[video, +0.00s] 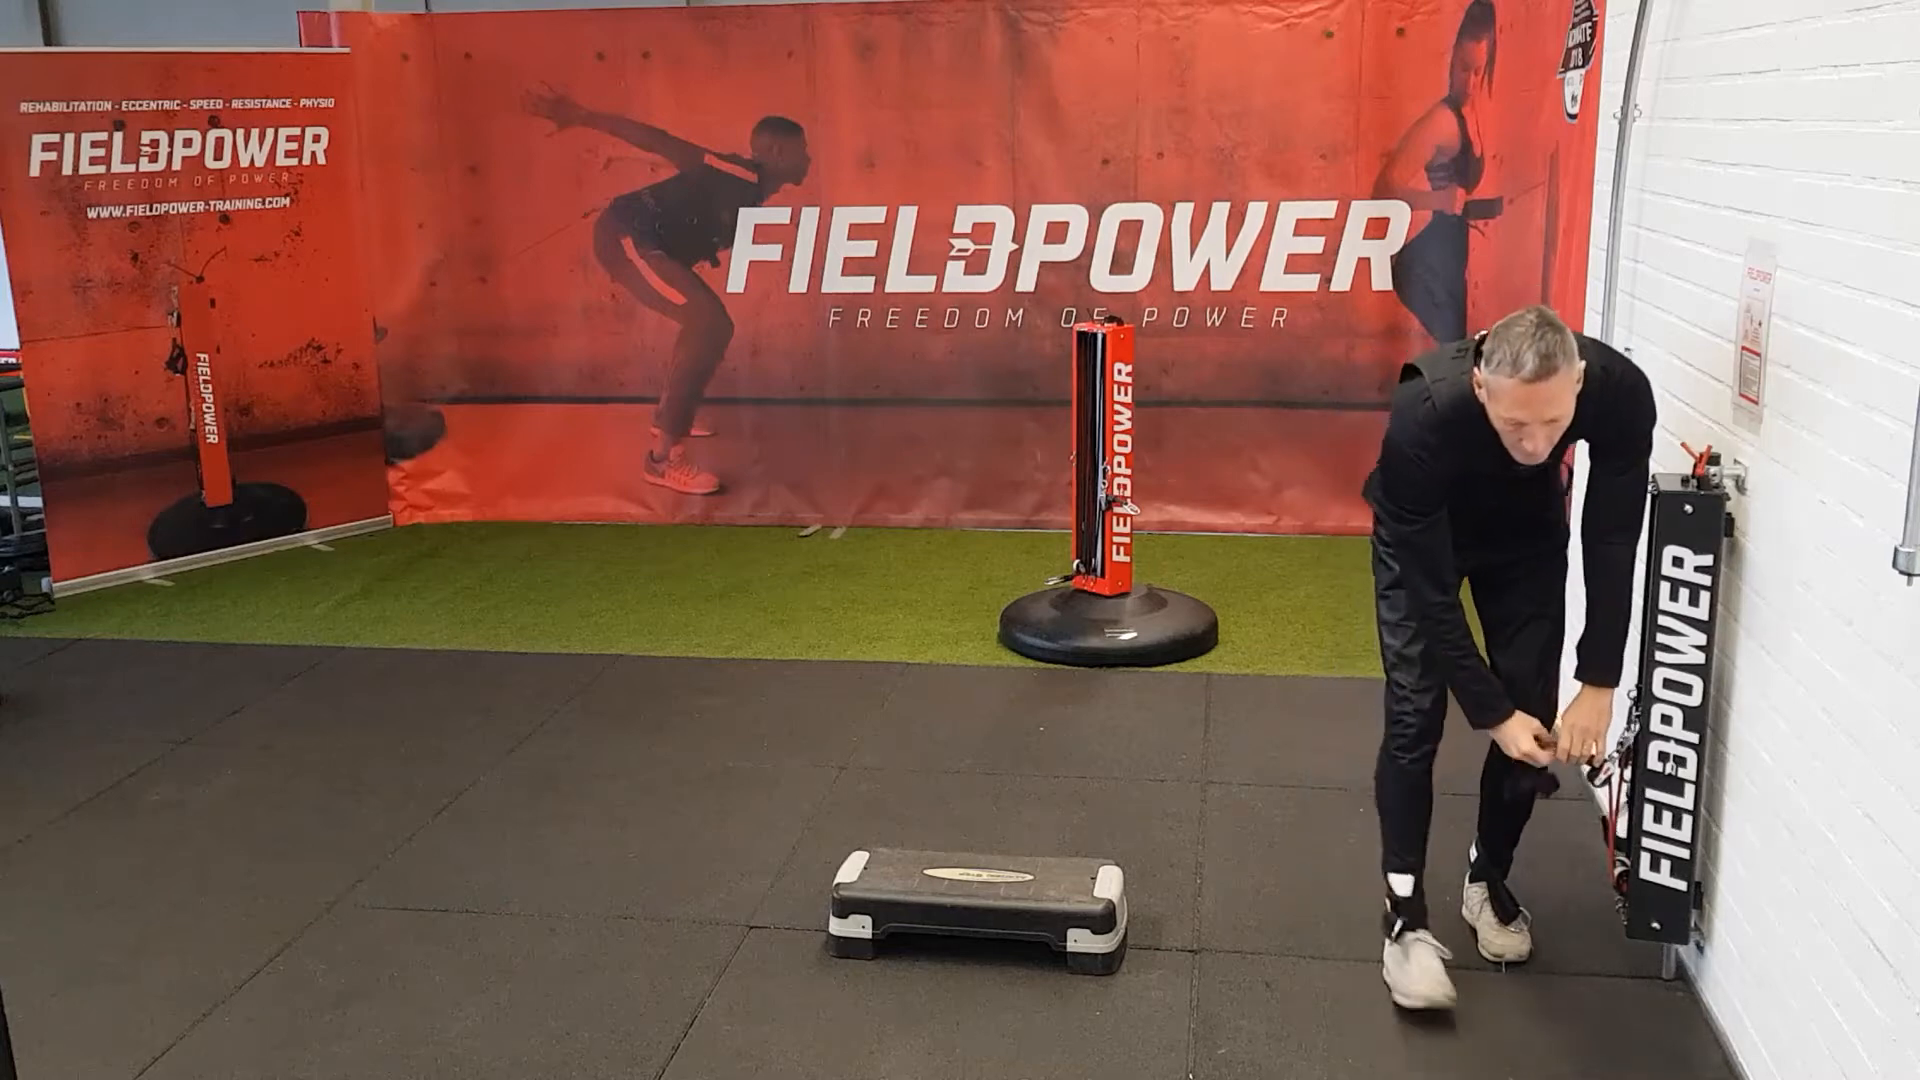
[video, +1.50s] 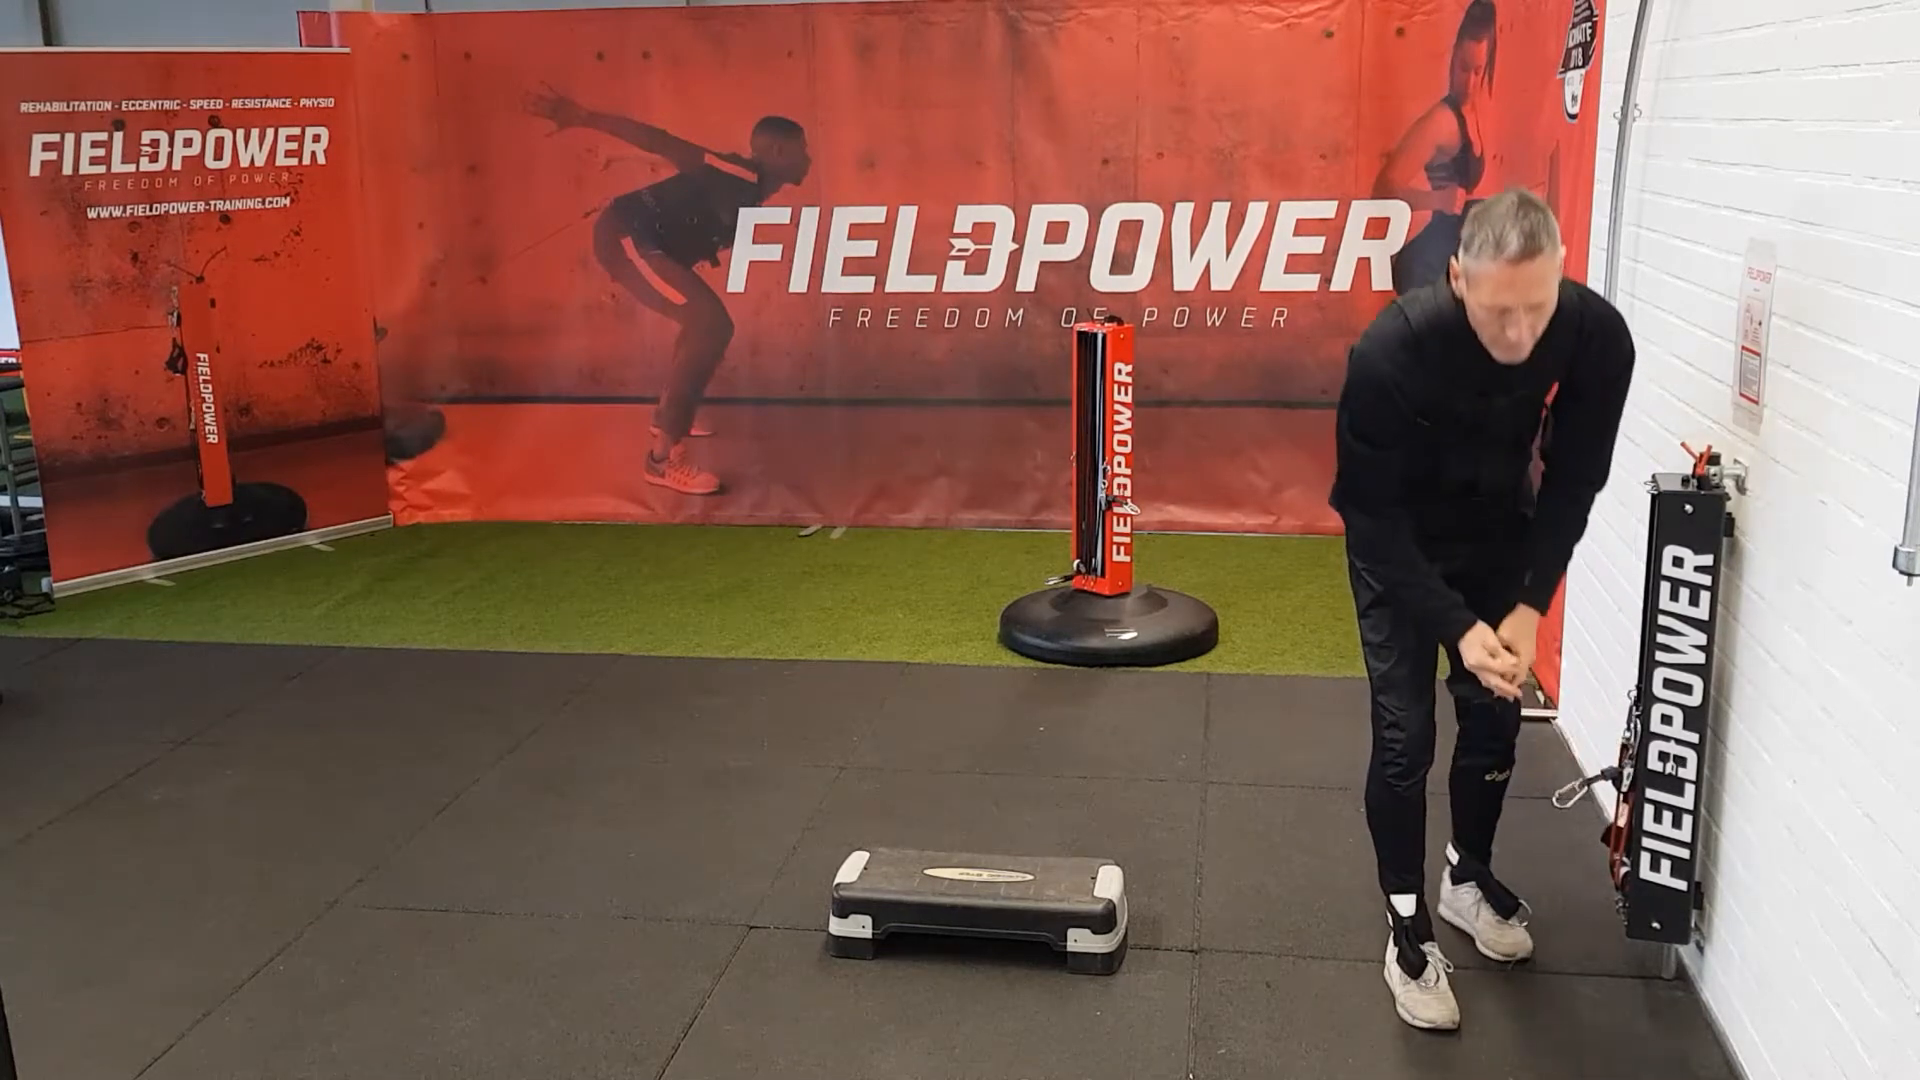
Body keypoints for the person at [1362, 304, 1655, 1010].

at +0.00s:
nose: (1535, 441)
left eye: (1552, 422)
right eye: (1517, 424)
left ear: (1576, 387)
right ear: (1481, 386)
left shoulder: (1617, 395)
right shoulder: (1426, 417)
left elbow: (1612, 542)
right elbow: (1431, 593)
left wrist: (1598, 685)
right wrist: (1498, 715)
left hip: (1524, 533)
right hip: (1423, 534)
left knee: (1530, 717)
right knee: (1416, 717)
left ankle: (1487, 884)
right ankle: (1407, 921)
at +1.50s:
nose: (1517, 331)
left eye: (1534, 310)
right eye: (1497, 311)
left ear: (1561, 277)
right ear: (1459, 280)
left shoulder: (1596, 337)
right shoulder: (1391, 356)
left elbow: (1573, 484)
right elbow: (1373, 518)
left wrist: (1532, 604)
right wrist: (1459, 627)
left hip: (1497, 542)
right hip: (1398, 543)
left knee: (1491, 724)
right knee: (1406, 739)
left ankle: (1468, 880)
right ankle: (1407, 935)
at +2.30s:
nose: (1521, 334)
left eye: (1537, 311)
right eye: (1502, 314)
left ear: (1555, 283)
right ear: (1449, 282)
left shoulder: (1577, 361)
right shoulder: (1364, 350)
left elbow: (1593, 531)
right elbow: (1296, 490)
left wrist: (1586, 692)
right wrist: (1341, 626)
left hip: (1486, 585)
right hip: (1375, 583)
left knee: (1474, 762)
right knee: (1387, 793)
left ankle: (1444, 887)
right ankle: (1388, 1007)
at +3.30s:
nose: (1620, 389)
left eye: (1628, 377)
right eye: (1619, 374)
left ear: (1575, 339)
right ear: (1566, 343)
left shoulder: (1576, 381)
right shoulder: (1414, 383)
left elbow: (1537, 504)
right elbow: (1366, 550)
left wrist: (1525, 637)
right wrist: (1420, 688)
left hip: (1439, 546)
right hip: (1351, 554)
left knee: (1462, 730)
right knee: (1380, 785)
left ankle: (1404, 863)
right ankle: (1385, 998)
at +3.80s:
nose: (1625, 501)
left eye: (1636, 493)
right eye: (1626, 489)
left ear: (1588, 437)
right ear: (1587, 450)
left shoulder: (1563, 422)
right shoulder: (1453, 466)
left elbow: (1553, 561)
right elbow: (1467, 615)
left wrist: (1579, 684)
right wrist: (1540, 722)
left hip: (1402, 541)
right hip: (1317, 534)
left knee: (1457, 697)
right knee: (1353, 745)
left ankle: (1394, 866)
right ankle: (1366, 967)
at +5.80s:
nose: (1588, 464)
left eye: (1603, 449)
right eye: (1577, 445)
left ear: (1622, 414)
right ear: (1532, 402)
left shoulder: (1560, 399)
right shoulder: (1432, 439)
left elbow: (1573, 528)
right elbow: (1421, 593)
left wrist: (1574, 661)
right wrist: (1492, 697)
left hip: (1417, 531)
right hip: (1331, 532)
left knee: (1461, 702)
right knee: (1355, 744)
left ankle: (1398, 863)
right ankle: (1366, 972)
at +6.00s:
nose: (1574, 416)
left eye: (1589, 397)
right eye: (1557, 395)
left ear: (1605, 365)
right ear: (1510, 354)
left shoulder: (1589, 387)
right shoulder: (1418, 402)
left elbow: (1559, 503)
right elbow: (1382, 560)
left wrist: (1538, 628)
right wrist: (1480, 667)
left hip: (1436, 531)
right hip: (1343, 536)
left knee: (1454, 716)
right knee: (1369, 752)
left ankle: (1395, 866)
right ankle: (1370, 976)